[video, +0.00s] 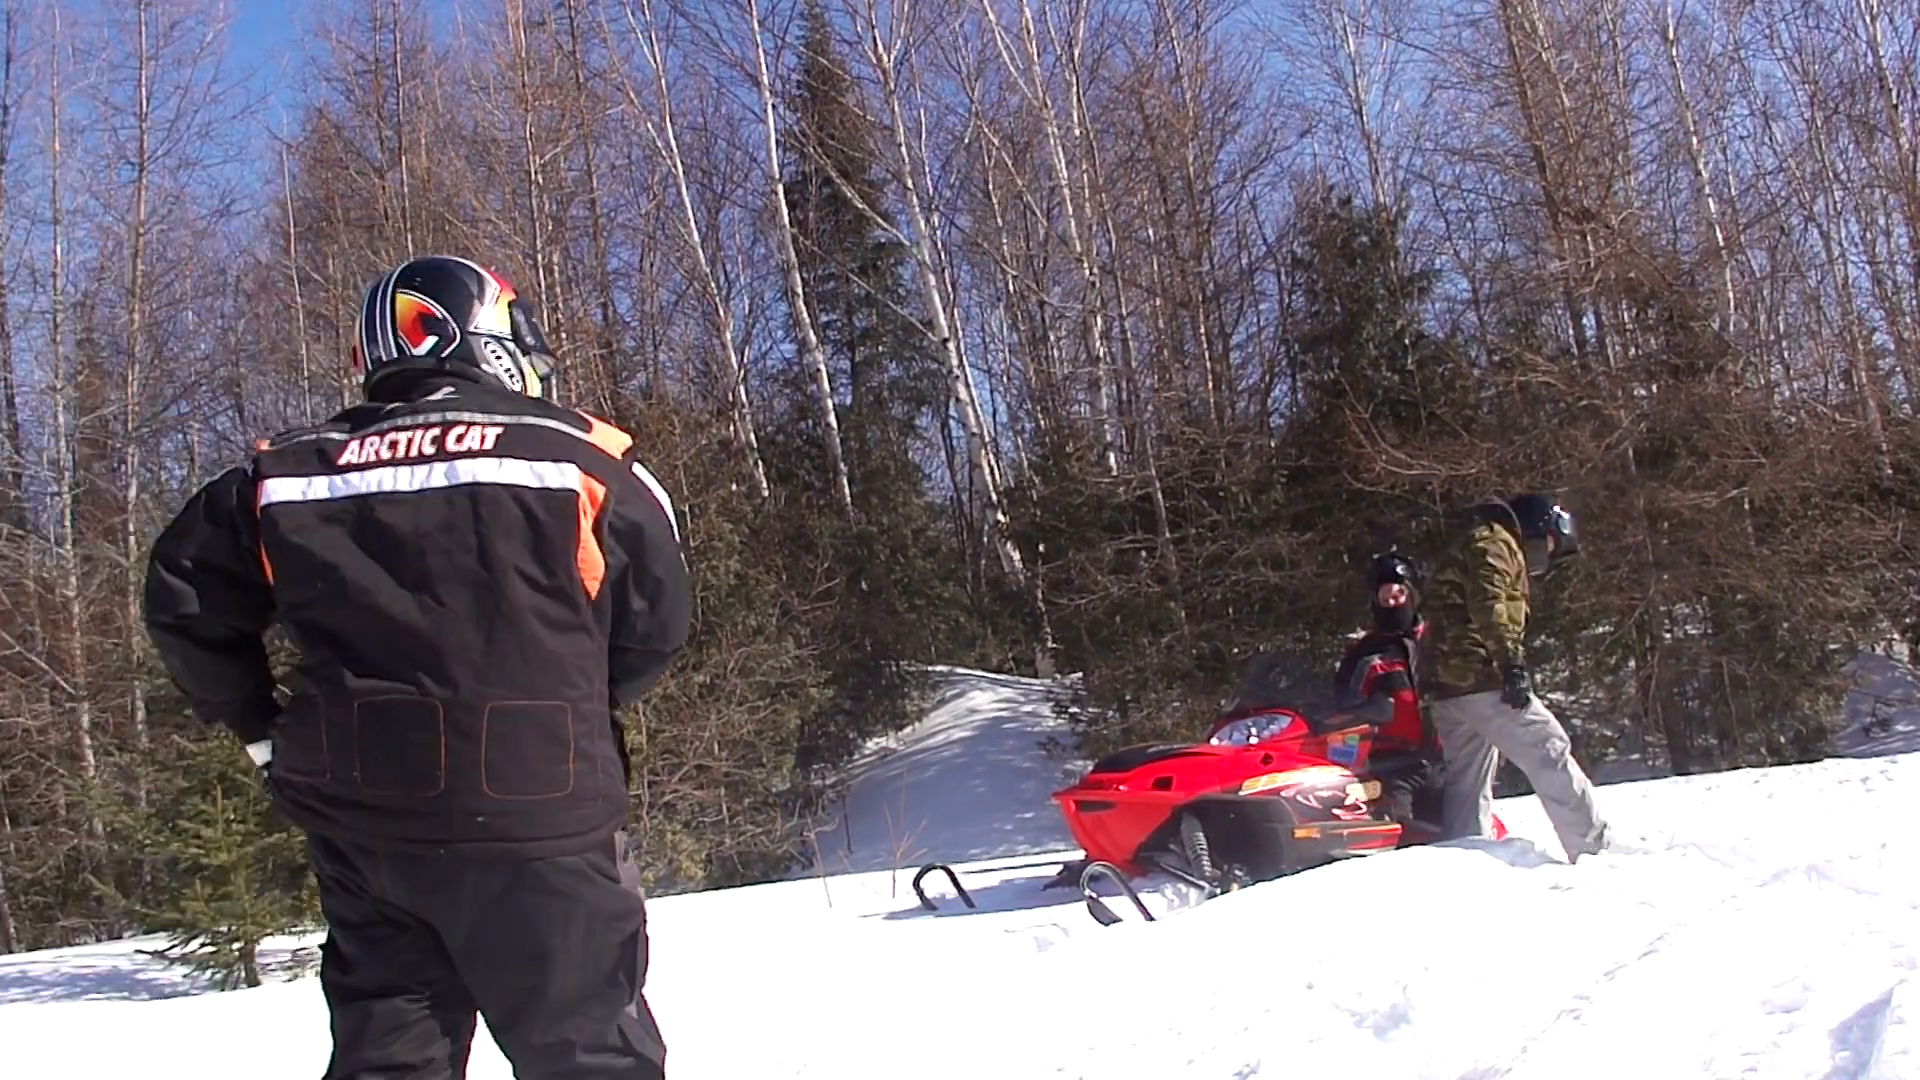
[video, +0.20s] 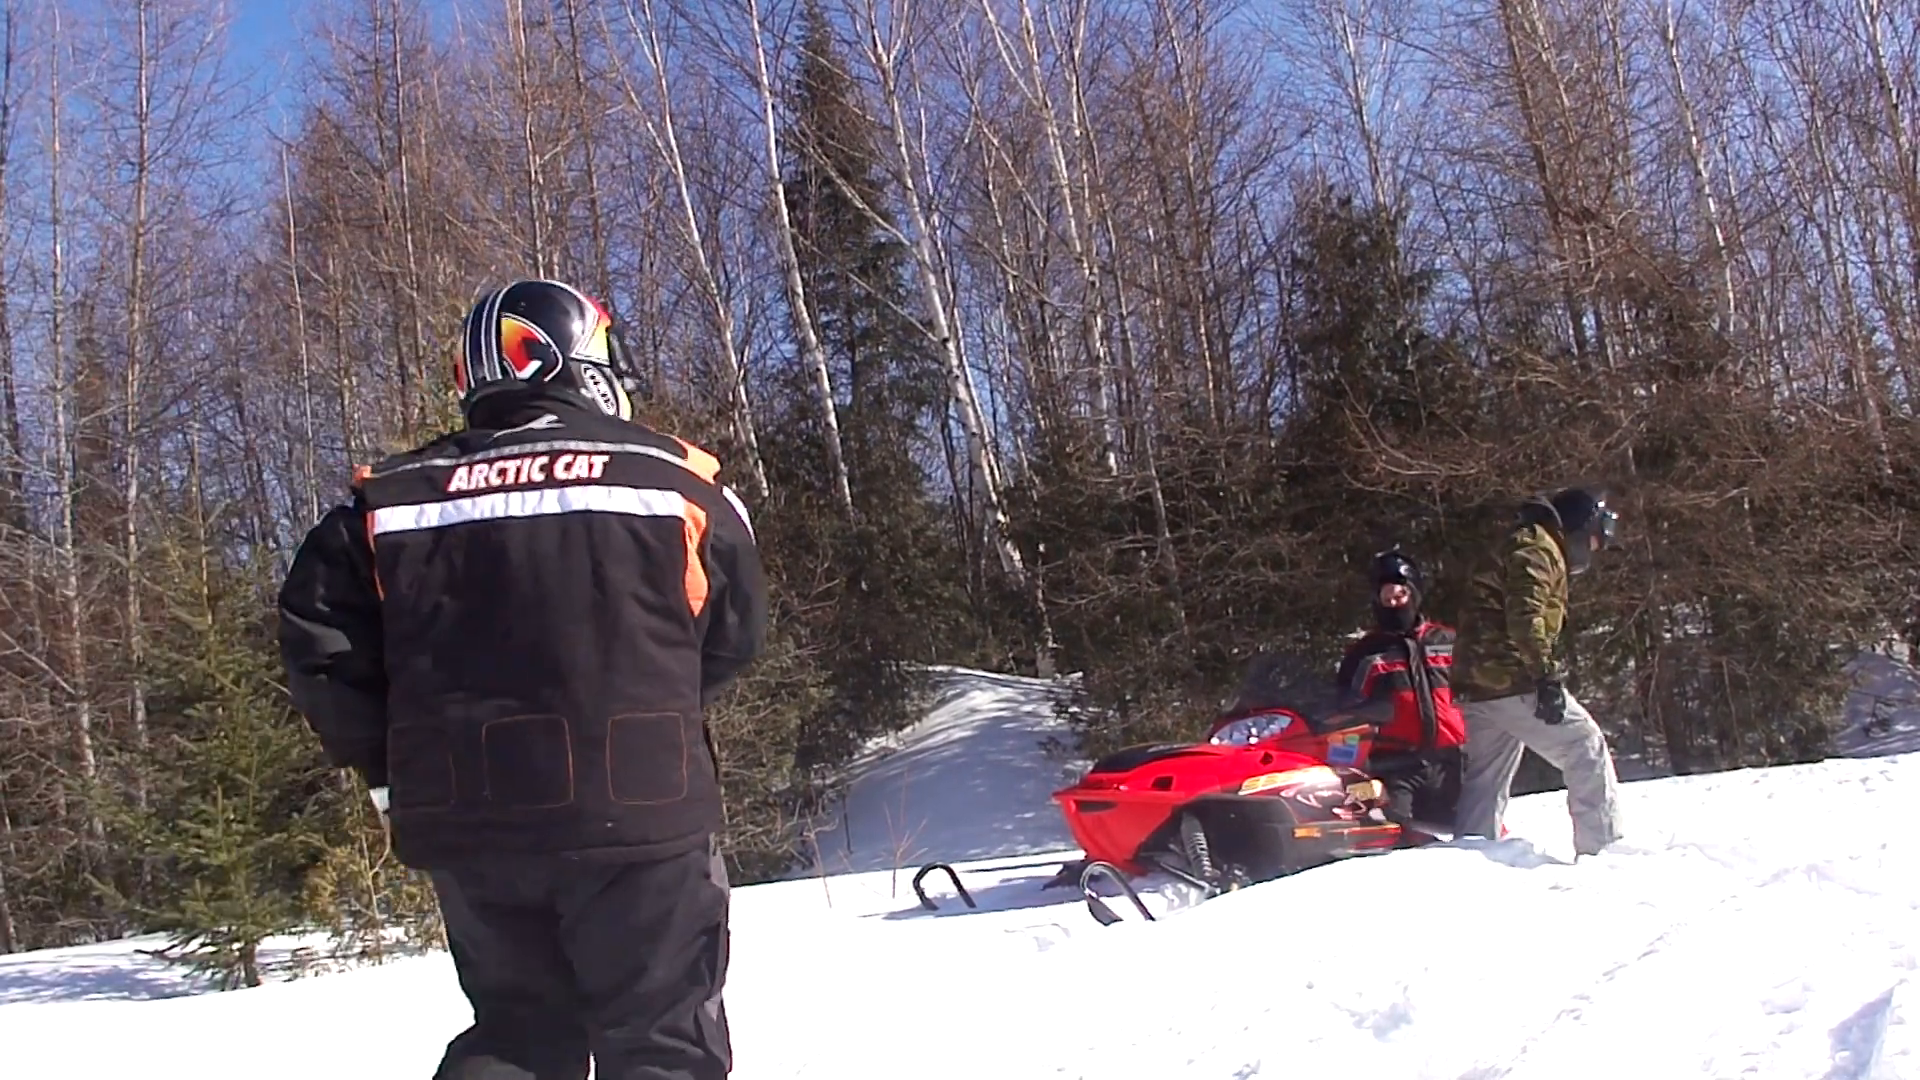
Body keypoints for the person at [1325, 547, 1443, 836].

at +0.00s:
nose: (1393, 603)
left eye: (1400, 595)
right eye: (1385, 596)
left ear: (1415, 597)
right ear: (1374, 601)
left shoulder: (1436, 643)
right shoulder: (1363, 652)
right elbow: (1343, 705)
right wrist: (1372, 708)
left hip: (1442, 760)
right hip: (1389, 765)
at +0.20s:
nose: (1395, 602)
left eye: (1402, 593)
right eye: (1387, 595)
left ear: (1416, 596)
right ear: (1376, 600)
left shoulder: (1447, 642)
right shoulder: (1363, 654)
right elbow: (1344, 714)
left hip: (1450, 764)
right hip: (1392, 767)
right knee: (1391, 834)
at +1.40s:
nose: (1398, 602)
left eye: (1404, 594)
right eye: (1391, 595)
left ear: (1418, 594)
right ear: (1379, 599)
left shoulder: (1454, 643)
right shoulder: (1365, 653)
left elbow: (1480, 692)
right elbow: (1346, 713)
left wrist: (1493, 738)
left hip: (1448, 764)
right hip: (1394, 767)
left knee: (1443, 828)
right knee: (1393, 829)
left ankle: (1486, 824)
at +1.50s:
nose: (1397, 602)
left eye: (1404, 594)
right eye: (1390, 595)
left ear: (1418, 595)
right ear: (1379, 599)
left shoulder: (1454, 643)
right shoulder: (1366, 653)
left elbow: (1480, 692)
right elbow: (1346, 712)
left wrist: (1493, 738)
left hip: (1447, 763)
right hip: (1394, 766)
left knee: (1442, 825)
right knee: (1393, 828)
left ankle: (1486, 824)